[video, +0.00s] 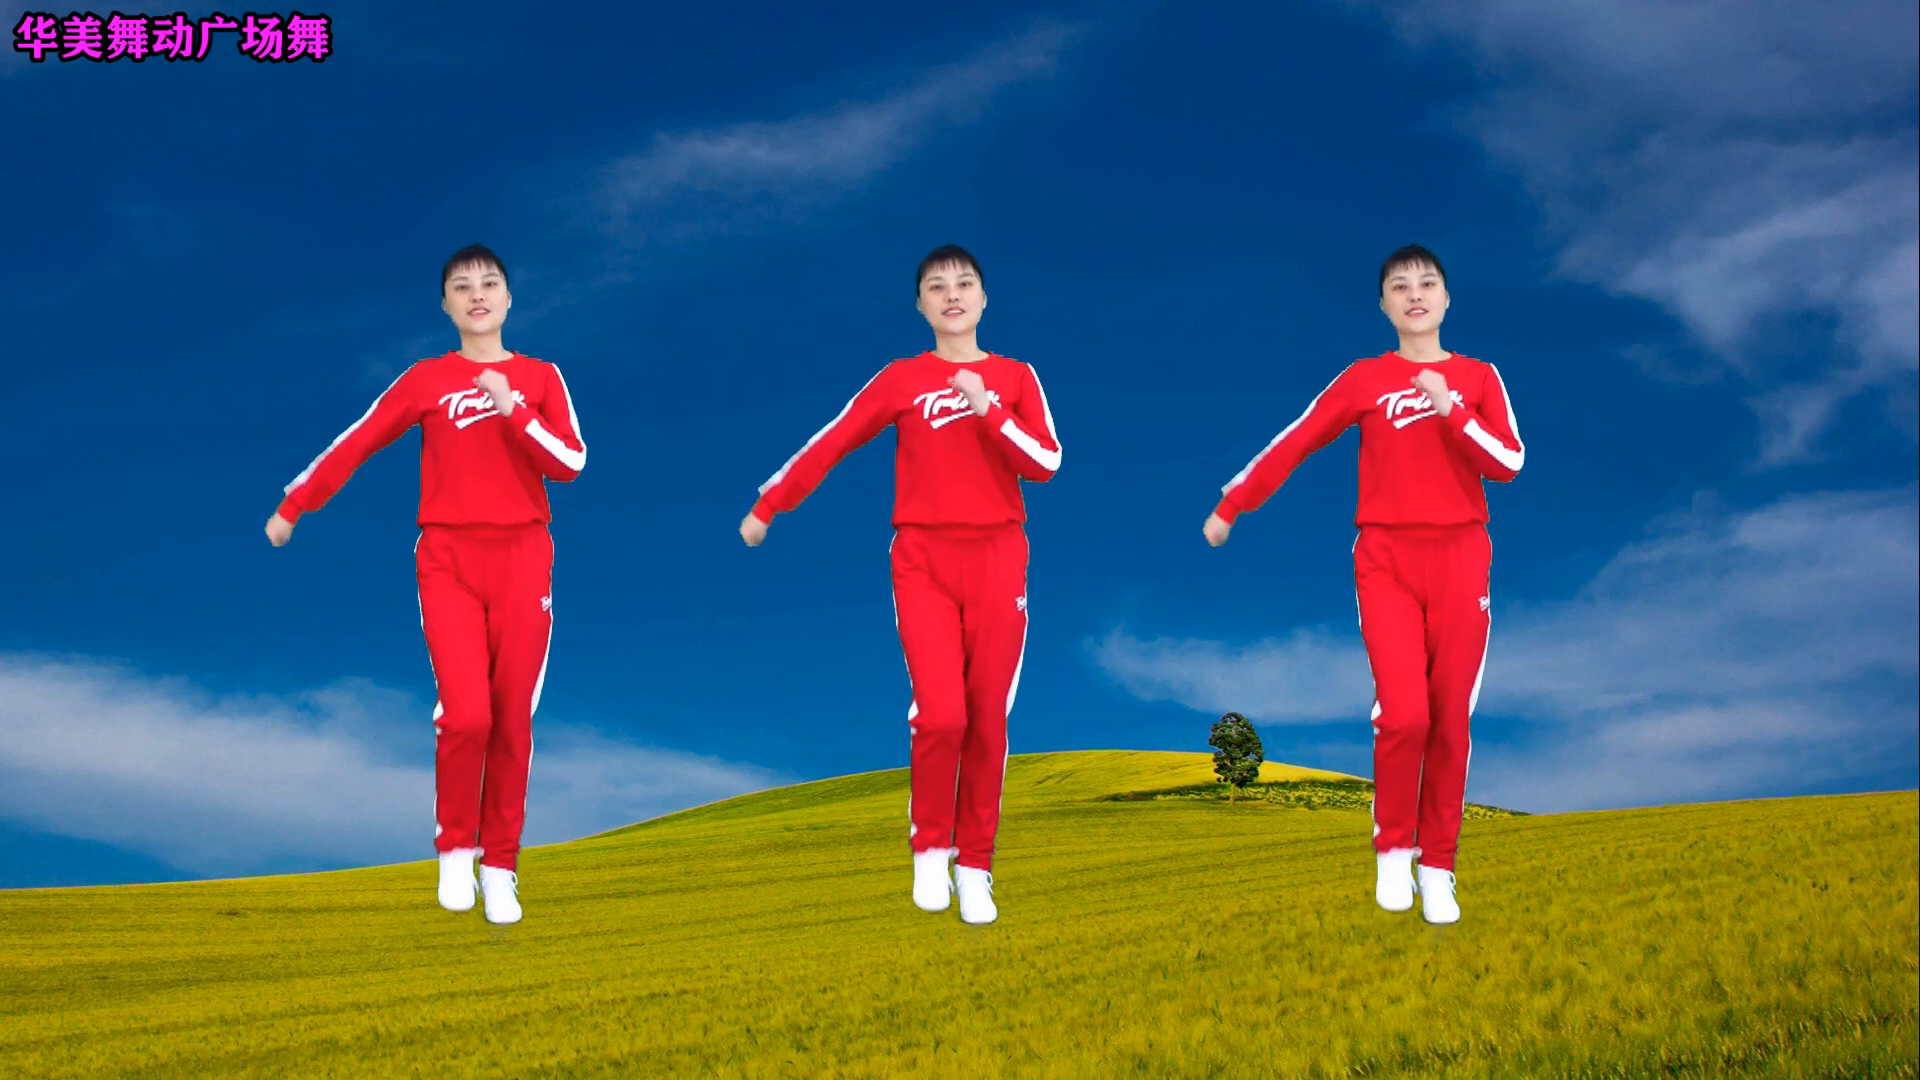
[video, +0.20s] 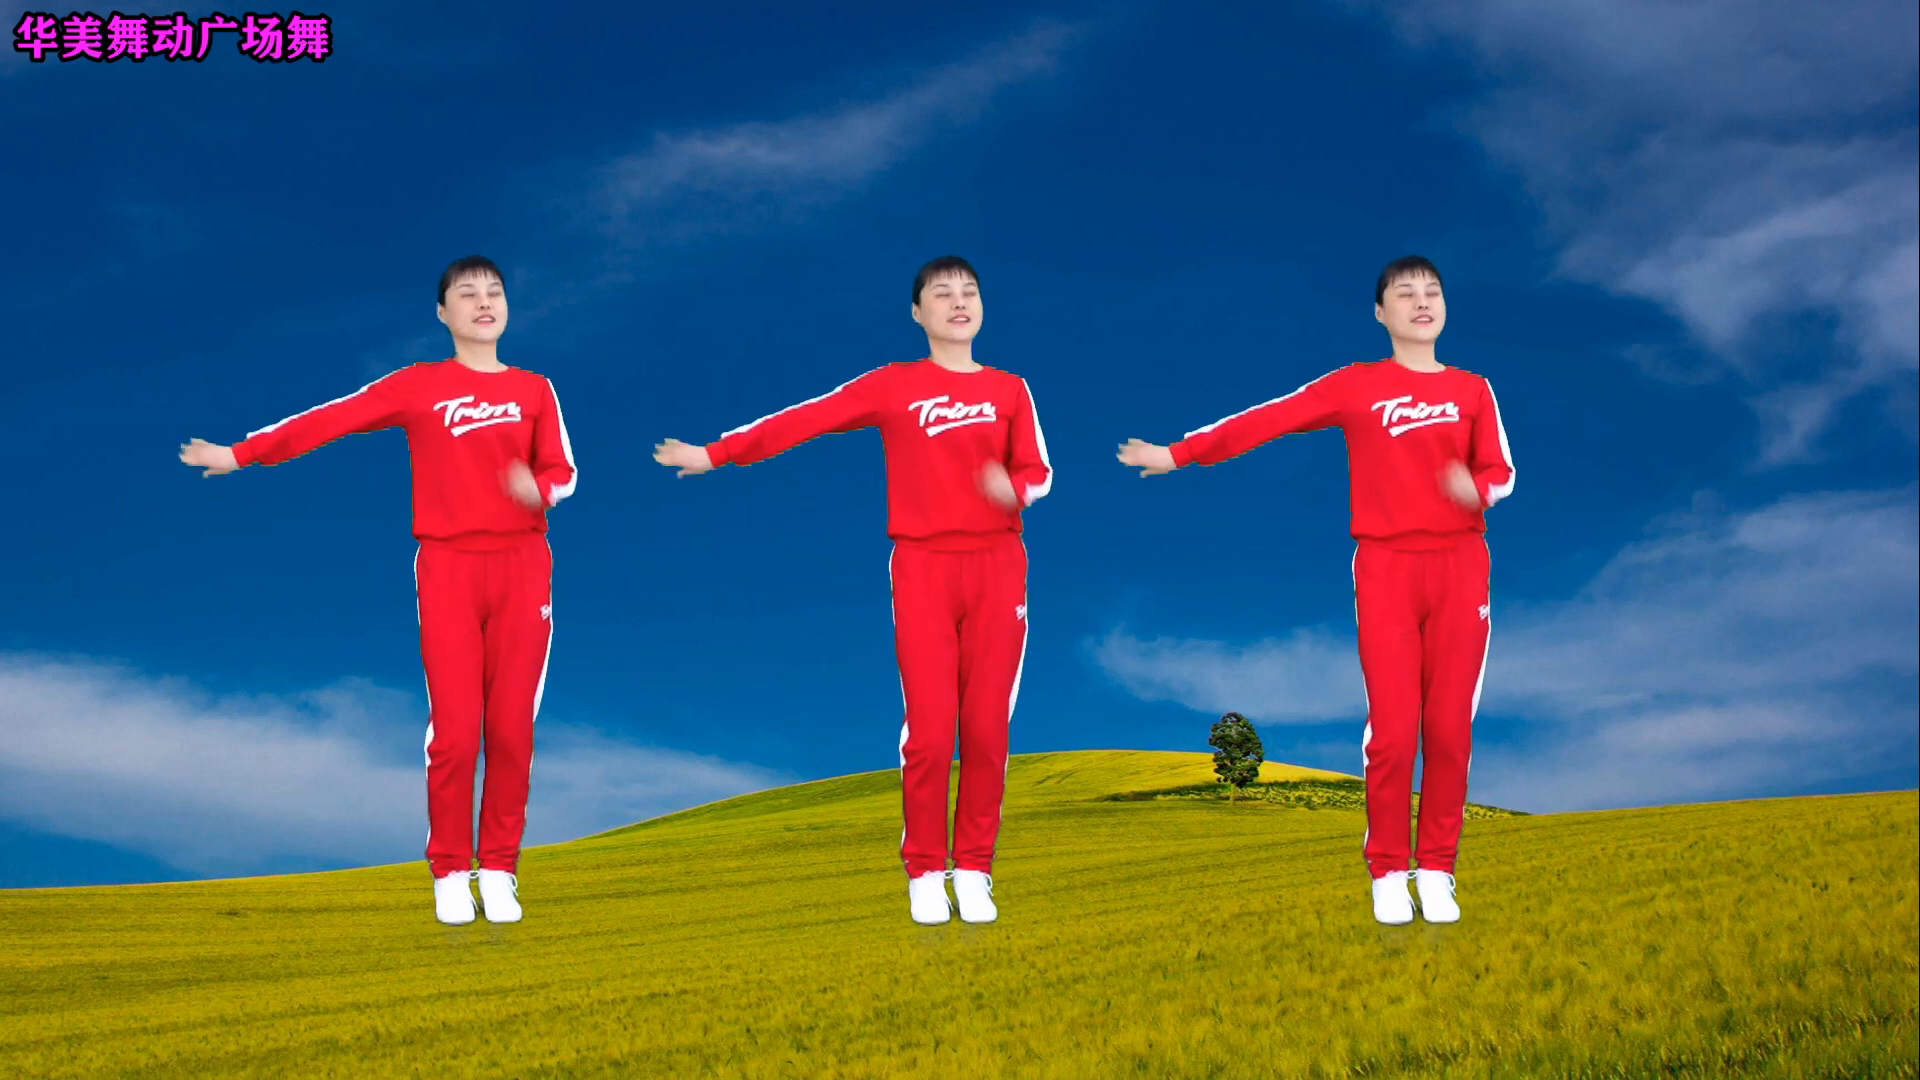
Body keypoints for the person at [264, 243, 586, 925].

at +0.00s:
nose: (478, 295)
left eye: (489, 285)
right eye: (463, 288)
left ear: (508, 298)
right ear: (447, 305)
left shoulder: (540, 376)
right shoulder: (424, 380)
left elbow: (569, 462)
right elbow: (355, 443)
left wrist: (515, 412)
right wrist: (291, 504)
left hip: (524, 557)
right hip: (448, 558)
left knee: (514, 715)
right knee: (466, 713)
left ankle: (500, 862)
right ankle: (455, 848)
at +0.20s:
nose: (484, 303)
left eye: (494, 293)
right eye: (468, 294)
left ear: (507, 308)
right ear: (445, 313)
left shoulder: (535, 388)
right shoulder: (418, 384)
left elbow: (564, 474)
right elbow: (332, 418)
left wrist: (540, 490)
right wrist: (238, 454)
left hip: (524, 565)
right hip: (448, 566)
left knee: (513, 727)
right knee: (456, 729)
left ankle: (498, 868)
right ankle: (451, 870)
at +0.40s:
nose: (495, 315)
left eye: (498, 305)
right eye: (477, 306)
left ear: (506, 324)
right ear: (443, 327)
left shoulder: (534, 405)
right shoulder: (423, 405)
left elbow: (558, 500)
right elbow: (356, 473)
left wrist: (573, 584)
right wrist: (291, 540)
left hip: (516, 579)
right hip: (443, 576)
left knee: (522, 728)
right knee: (447, 732)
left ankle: (508, 844)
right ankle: (449, 870)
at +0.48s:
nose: (497, 320)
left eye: (500, 311)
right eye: (480, 312)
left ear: (505, 330)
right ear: (444, 332)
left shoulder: (531, 411)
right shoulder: (429, 407)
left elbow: (552, 507)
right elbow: (410, 496)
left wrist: (565, 589)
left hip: (515, 589)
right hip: (443, 586)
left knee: (536, 725)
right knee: (446, 744)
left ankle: (523, 829)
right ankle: (449, 871)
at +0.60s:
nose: (499, 301)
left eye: (502, 291)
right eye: (482, 292)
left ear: (507, 310)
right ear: (447, 311)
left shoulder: (531, 391)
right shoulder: (432, 378)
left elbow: (551, 491)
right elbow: (489, 429)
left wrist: (562, 566)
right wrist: (584, 451)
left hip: (527, 564)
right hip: (456, 560)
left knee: (558, 708)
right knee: (454, 725)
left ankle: (563, 833)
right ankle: (449, 867)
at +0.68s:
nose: (505, 290)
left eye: (508, 280)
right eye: (488, 280)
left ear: (511, 299)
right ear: (453, 299)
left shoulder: (535, 370)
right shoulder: (437, 364)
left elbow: (560, 468)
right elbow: (510, 359)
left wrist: (571, 552)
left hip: (539, 549)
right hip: (467, 548)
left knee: (571, 706)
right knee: (462, 715)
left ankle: (595, 846)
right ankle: (451, 863)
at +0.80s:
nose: (530, 291)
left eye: (529, 282)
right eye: (516, 283)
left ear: (520, 302)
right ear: (476, 302)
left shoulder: (553, 380)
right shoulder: (458, 369)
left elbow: (582, 474)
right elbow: (497, 299)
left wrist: (596, 551)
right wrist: (558, 246)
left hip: (565, 554)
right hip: (492, 554)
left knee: (588, 717)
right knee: (470, 719)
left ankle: (614, 859)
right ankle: (451, 862)